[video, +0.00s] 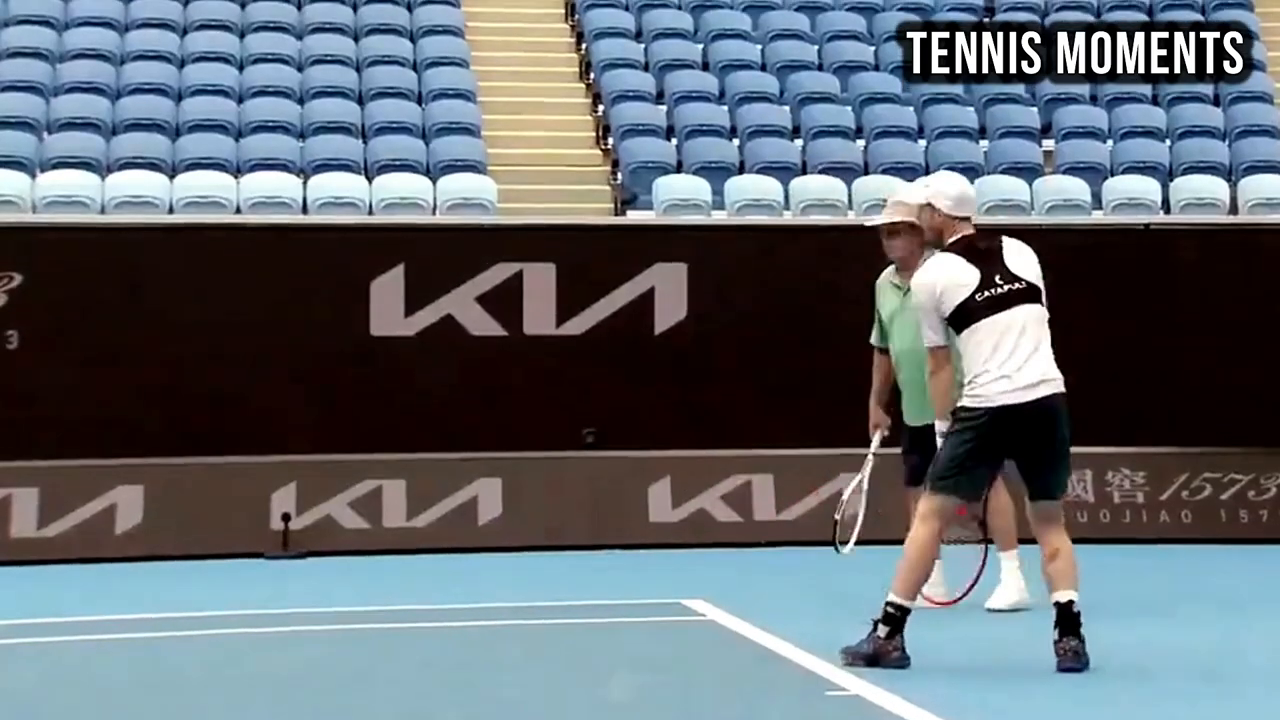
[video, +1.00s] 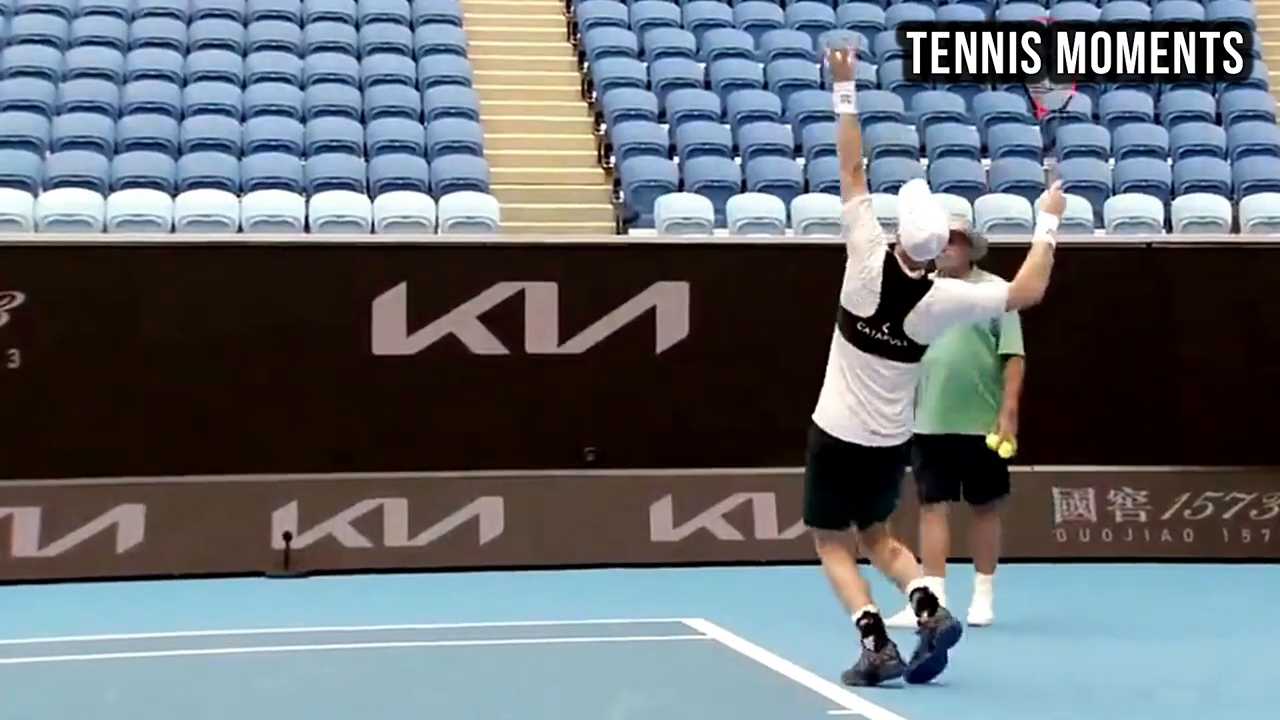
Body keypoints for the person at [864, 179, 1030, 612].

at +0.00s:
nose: (897, 241)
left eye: (906, 230)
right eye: (889, 234)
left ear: (932, 224)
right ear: (882, 239)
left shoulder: (941, 277)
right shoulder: (886, 285)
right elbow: (883, 350)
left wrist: (951, 428)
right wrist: (876, 402)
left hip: (968, 410)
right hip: (915, 416)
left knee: (991, 482)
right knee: (918, 497)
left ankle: (1011, 574)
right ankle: (934, 578)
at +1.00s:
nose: (946, 250)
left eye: (955, 243)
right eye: (943, 242)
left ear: (973, 250)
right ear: (934, 249)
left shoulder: (994, 291)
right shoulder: (921, 290)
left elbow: (1013, 359)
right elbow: (905, 358)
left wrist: (1007, 416)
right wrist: (900, 415)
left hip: (981, 426)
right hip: (928, 423)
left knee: (984, 510)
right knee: (932, 508)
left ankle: (983, 594)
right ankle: (931, 599)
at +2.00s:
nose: (934, 242)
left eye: (943, 236)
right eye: (933, 236)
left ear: (966, 243)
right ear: (931, 244)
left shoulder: (995, 291)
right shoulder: (919, 290)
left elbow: (1014, 357)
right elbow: (907, 355)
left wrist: (1011, 412)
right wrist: (901, 407)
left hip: (980, 421)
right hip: (928, 419)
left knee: (980, 505)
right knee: (931, 507)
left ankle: (981, 595)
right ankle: (937, 594)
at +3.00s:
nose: (913, 225)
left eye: (921, 218)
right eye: (912, 219)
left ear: (945, 223)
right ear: (916, 227)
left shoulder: (977, 267)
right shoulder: (906, 274)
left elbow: (995, 330)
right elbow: (898, 342)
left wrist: (992, 382)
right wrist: (893, 395)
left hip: (965, 396)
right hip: (917, 397)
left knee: (972, 481)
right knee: (928, 484)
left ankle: (983, 568)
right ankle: (939, 571)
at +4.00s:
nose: (990, 193)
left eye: (998, 187)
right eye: (986, 187)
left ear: (1018, 192)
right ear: (982, 194)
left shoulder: (1047, 239)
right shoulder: (972, 239)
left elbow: (1065, 305)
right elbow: (960, 306)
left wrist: (1059, 358)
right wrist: (953, 358)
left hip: (1029, 370)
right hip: (978, 368)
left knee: (1025, 455)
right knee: (974, 456)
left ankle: (1022, 543)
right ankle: (975, 540)